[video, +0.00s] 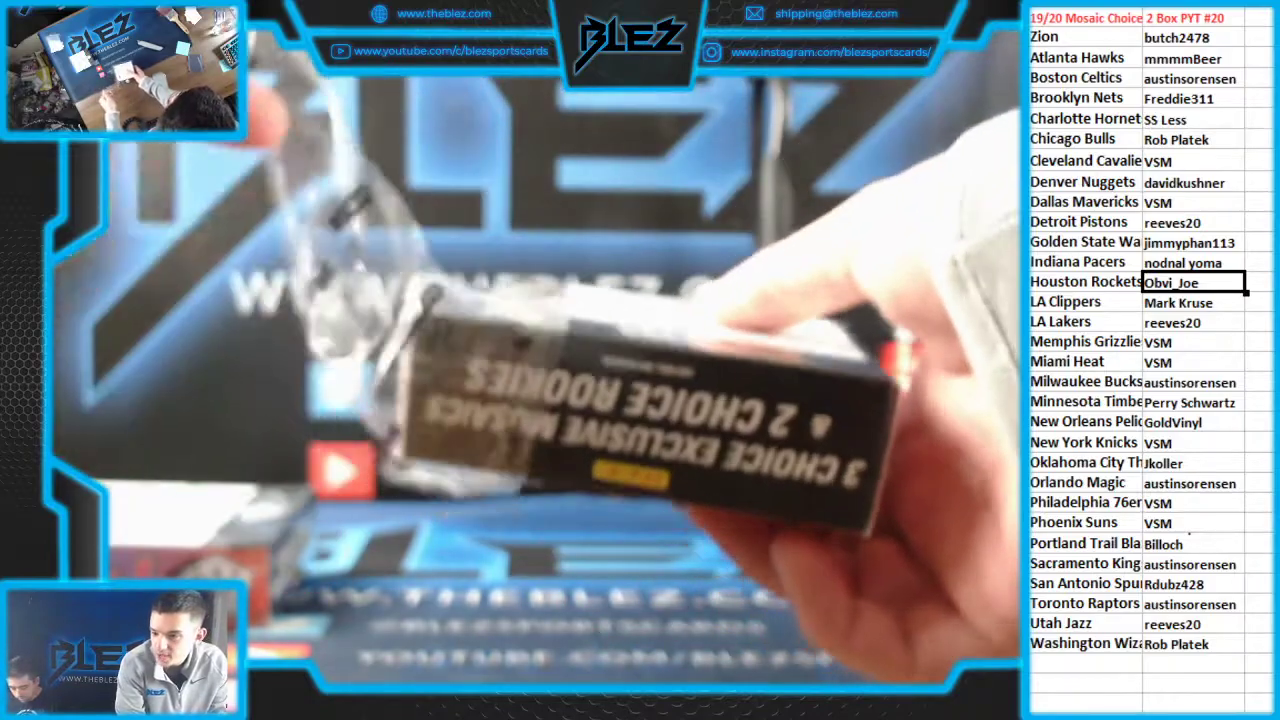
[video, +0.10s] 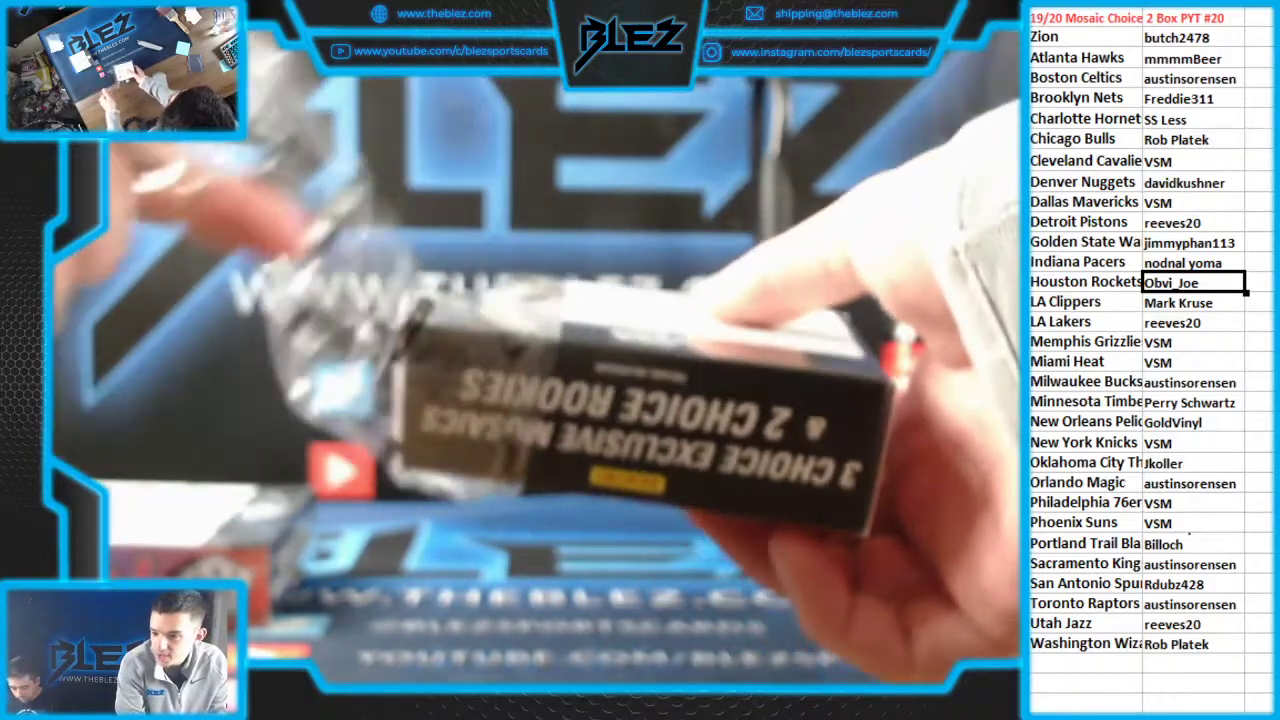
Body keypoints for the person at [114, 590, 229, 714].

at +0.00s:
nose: (161, 646)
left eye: (173, 636)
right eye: (154, 634)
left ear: (199, 636)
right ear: (150, 629)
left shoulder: (215, 661)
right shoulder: (133, 663)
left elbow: (217, 713)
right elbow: (129, 714)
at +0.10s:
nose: (161, 646)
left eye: (173, 636)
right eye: (154, 634)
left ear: (199, 636)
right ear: (150, 629)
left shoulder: (215, 661)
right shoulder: (133, 663)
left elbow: (217, 713)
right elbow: (129, 714)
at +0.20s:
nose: (161, 646)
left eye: (173, 637)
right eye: (154, 634)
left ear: (199, 636)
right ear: (150, 629)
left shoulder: (214, 662)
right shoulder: (133, 663)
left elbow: (217, 713)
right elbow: (128, 714)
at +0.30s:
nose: (161, 647)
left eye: (173, 637)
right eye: (154, 634)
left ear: (199, 636)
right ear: (149, 629)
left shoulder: (214, 661)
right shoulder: (132, 663)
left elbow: (217, 713)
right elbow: (128, 715)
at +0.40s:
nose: (160, 647)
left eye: (173, 638)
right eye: (153, 635)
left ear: (198, 637)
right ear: (149, 629)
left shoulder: (214, 661)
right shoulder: (132, 664)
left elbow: (216, 713)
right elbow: (128, 715)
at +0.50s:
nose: (160, 648)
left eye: (172, 638)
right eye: (153, 635)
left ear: (198, 637)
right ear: (148, 629)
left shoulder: (213, 661)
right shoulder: (131, 664)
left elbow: (217, 713)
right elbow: (128, 714)